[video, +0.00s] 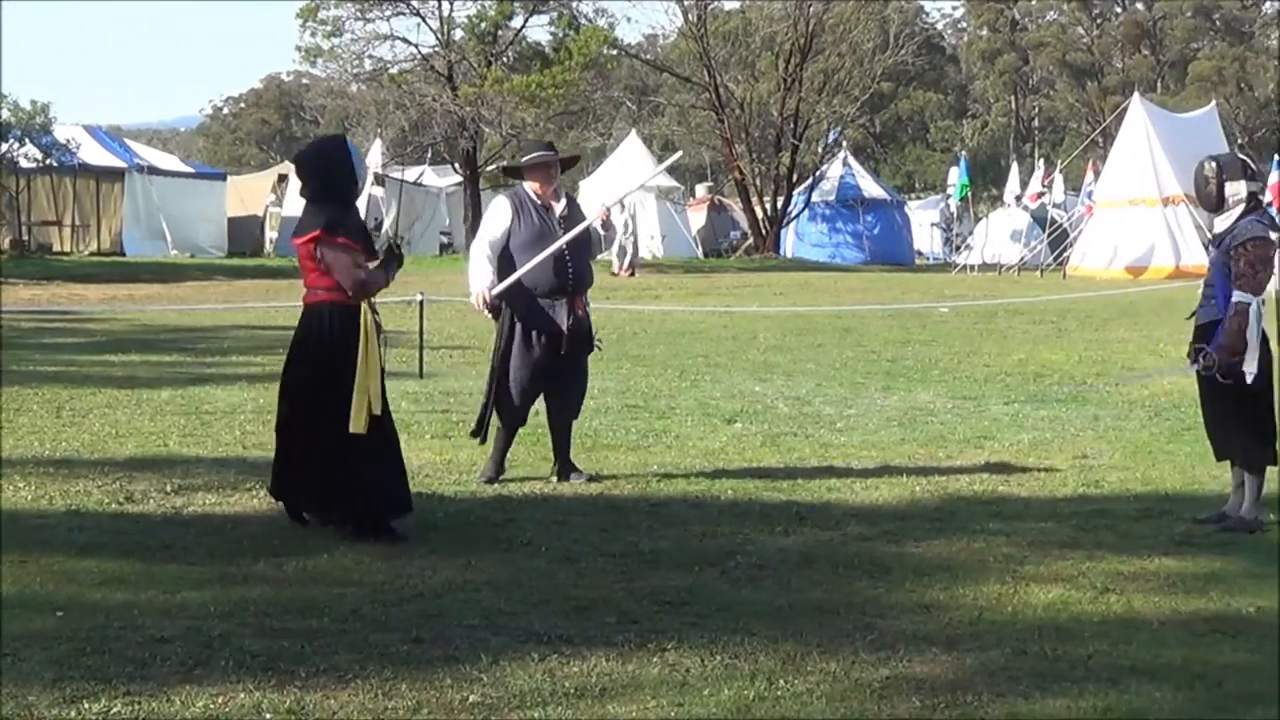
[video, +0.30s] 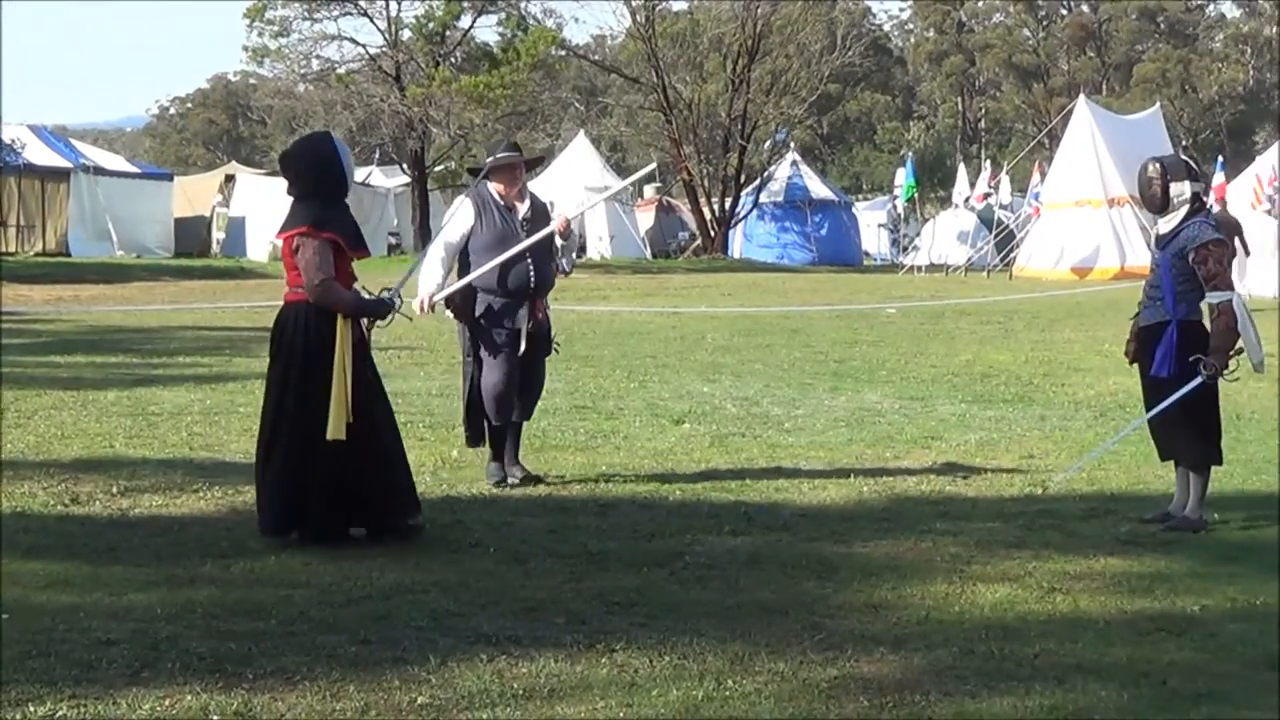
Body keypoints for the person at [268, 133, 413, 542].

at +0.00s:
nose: (358, 174)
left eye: (354, 167)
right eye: (353, 167)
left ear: (312, 178)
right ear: (340, 175)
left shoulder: (322, 218)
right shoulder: (328, 222)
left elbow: (347, 273)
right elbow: (356, 283)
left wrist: (377, 263)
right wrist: (387, 270)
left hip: (324, 317)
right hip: (338, 321)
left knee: (320, 410)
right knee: (350, 413)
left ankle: (305, 494)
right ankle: (364, 512)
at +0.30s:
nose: (348, 176)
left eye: (345, 168)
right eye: (343, 169)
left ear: (302, 177)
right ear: (328, 174)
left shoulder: (317, 219)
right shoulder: (312, 223)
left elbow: (326, 283)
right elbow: (319, 286)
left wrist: (363, 302)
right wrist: (367, 305)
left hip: (322, 323)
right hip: (315, 326)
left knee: (334, 418)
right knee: (325, 419)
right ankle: (323, 518)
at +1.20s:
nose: (341, 171)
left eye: (337, 162)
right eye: (334, 163)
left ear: (285, 177)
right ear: (321, 171)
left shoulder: (293, 223)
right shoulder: (309, 228)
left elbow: (316, 290)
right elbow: (326, 296)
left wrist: (352, 310)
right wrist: (360, 330)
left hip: (294, 331)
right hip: (315, 336)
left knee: (303, 436)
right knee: (329, 436)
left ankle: (301, 532)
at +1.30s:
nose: (342, 176)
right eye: (336, 169)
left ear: (285, 180)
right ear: (325, 176)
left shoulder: (283, 225)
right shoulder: (316, 229)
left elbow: (296, 292)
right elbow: (337, 300)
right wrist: (362, 337)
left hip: (286, 334)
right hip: (319, 338)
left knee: (296, 437)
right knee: (329, 438)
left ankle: (300, 535)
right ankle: (352, 539)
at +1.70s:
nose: (355, 177)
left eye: (354, 169)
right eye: (351, 170)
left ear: (295, 175)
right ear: (340, 176)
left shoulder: (276, 226)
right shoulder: (338, 230)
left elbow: (282, 282)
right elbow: (358, 304)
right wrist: (374, 338)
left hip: (279, 332)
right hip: (326, 337)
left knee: (284, 433)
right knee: (342, 435)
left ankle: (276, 534)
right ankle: (348, 545)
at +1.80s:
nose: (351, 178)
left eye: (350, 170)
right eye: (347, 171)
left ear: (291, 175)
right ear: (337, 177)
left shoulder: (272, 226)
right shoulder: (333, 231)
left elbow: (276, 281)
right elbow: (353, 304)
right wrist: (369, 338)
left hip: (274, 333)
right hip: (321, 338)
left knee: (276, 434)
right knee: (338, 435)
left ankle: (269, 536)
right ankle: (346, 543)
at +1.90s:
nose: (342, 177)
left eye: (340, 169)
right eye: (338, 170)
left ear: (281, 176)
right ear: (327, 177)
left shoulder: (265, 225)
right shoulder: (323, 231)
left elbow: (270, 278)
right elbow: (341, 305)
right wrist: (360, 339)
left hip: (268, 335)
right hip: (314, 340)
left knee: (272, 438)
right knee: (328, 438)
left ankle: (266, 544)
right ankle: (340, 546)